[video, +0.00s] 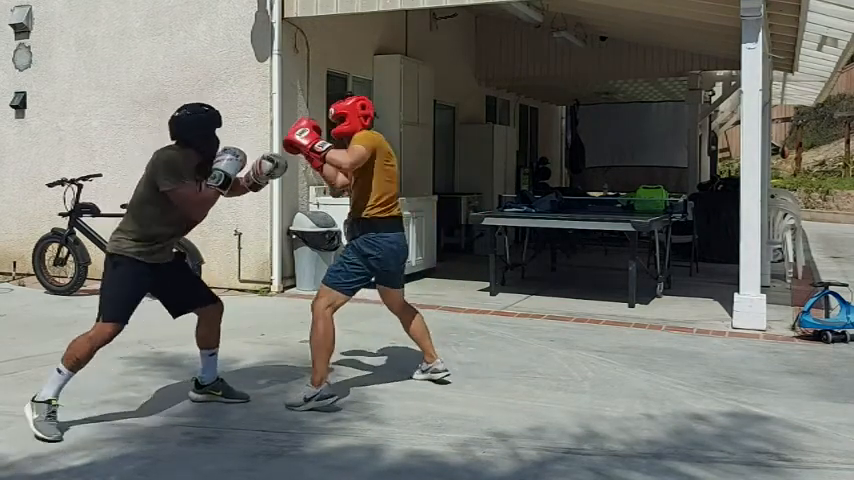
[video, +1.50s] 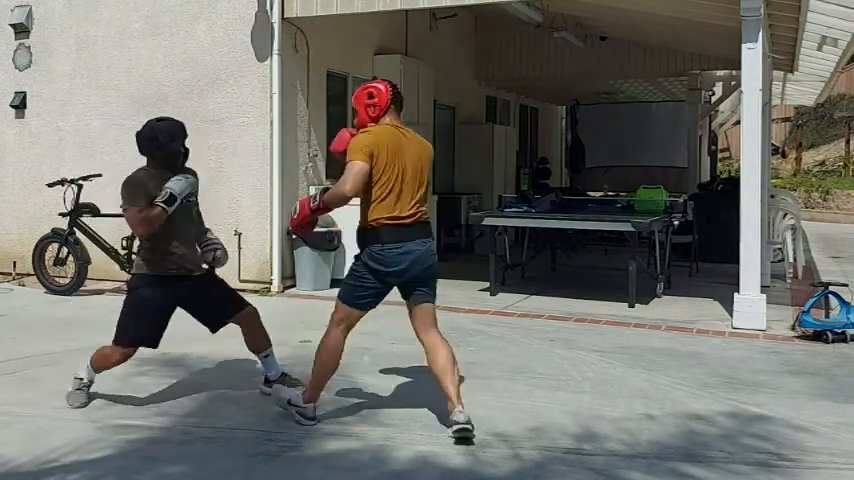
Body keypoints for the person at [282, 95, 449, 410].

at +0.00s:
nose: (337, 128)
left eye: (340, 121)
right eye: (336, 123)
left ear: (357, 118)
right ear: (364, 119)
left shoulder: (367, 138)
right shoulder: (373, 145)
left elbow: (349, 162)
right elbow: (338, 184)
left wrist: (315, 143)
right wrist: (314, 158)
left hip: (371, 240)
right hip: (392, 239)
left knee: (322, 306)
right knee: (397, 303)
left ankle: (319, 386)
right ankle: (433, 361)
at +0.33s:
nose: (336, 133)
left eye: (339, 125)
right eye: (335, 126)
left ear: (356, 125)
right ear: (367, 124)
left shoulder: (365, 150)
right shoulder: (390, 150)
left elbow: (358, 192)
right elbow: (369, 193)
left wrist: (322, 193)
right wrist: (337, 177)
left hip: (379, 247)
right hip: (404, 244)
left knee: (331, 309)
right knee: (418, 311)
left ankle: (319, 389)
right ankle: (459, 374)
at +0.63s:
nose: (340, 131)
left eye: (342, 125)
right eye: (339, 126)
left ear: (355, 125)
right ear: (361, 124)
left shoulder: (380, 148)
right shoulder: (366, 150)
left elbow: (360, 189)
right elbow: (330, 179)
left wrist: (339, 152)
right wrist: (319, 139)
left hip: (379, 248)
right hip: (396, 246)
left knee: (330, 309)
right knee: (411, 313)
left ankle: (325, 393)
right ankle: (458, 375)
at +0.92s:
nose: (320, 129)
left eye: (323, 121)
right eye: (320, 122)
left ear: (339, 121)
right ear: (352, 120)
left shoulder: (353, 143)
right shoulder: (374, 143)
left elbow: (329, 175)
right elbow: (338, 185)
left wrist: (304, 158)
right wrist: (311, 157)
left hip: (363, 248)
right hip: (393, 246)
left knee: (303, 300)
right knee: (404, 314)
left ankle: (299, 384)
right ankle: (440, 375)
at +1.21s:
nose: (338, 115)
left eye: (343, 111)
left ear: (350, 111)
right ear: (375, 115)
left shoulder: (331, 131)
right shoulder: (388, 151)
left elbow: (277, 140)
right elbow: (346, 171)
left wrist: (238, 140)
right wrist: (310, 145)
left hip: (340, 249)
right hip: (375, 246)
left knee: (294, 316)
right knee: (387, 304)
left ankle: (296, 401)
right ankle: (434, 351)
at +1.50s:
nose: (358, 115)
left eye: (360, 108)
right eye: (358, 107)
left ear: (373, 105)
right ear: (396, 107)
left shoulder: (366, 139)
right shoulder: (423, 145)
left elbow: (349, 189)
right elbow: (396, 176)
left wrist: (315, 206)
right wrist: (358, 148)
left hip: (381, 250)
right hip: (421, 248)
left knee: (339, 325)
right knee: (430, 331)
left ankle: (309, 399)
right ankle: (457, 410)